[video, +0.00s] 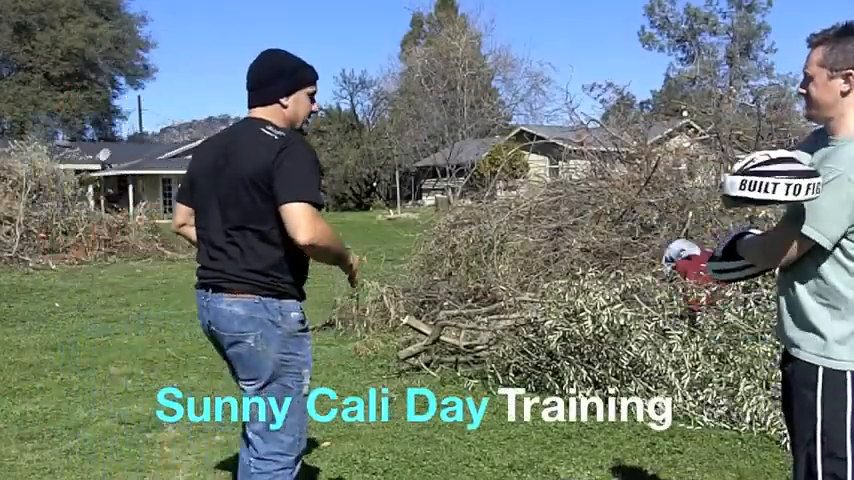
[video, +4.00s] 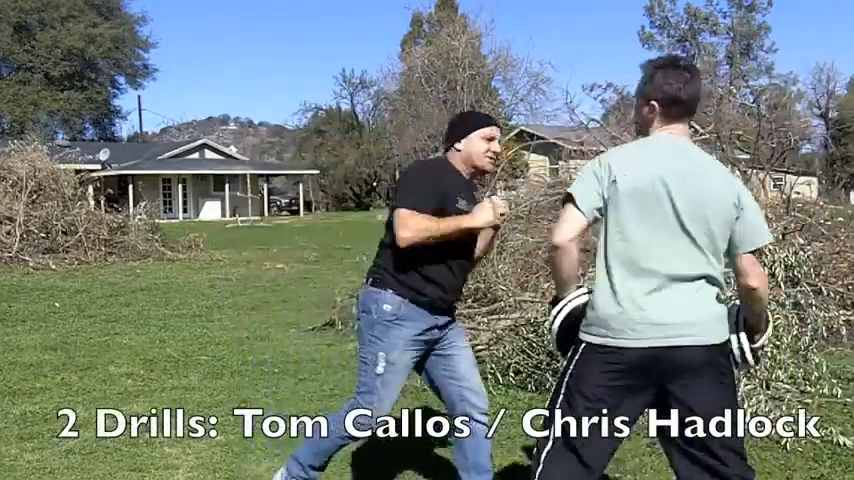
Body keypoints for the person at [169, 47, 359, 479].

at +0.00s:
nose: (314, 106)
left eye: (313, 96)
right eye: (309, 95)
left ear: (271, 96)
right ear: (283, 96)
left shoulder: (210, 147)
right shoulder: (288, 147)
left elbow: (183, 220)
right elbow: (306, 232)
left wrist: (230, 245)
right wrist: (344, 257)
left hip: (214, 305)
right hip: (263, 310)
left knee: (263, 420)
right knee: (277, 447)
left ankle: (258, 466)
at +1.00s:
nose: (318, 104)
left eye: (319, 95)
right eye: (307, 96)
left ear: (319, 99)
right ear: (277, 101)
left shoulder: (320, 158)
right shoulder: (241, 146)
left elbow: (341, 225)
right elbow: (229, 218)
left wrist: (369, 204)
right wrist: (299, 194)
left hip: (311, 306)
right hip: (257, 303)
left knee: (310, 423)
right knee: (272, 421)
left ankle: (300, 478)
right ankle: (254, 476)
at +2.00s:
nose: (313, 105)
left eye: (314, 96)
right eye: (302, 97)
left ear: (316, 99)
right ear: (274, 104)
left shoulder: (330, 151)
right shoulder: (244, 156)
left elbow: (351, 210)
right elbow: (216, 234)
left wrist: (361, 217)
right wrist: (277, 208)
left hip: (336, 302)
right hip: (272, 306)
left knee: (377, 410)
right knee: (262, 429)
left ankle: (383, 476)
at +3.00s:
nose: (329, 234)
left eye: (334, 222)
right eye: (317, 226)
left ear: (342, 213)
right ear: (297, 226)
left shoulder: (367, 230)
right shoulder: (270, 240)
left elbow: (407, 291)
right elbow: (261, 317)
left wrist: (387, 287)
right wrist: (291, 278)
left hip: (364, 325)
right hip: (301, 329)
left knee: (406, 407)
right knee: (257, 402)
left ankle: (415, 475)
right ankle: (249, 475)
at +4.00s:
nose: (496, 148)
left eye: (498, 141)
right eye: (488, 139)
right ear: (459, 142)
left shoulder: (470, 193)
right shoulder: (425, 173)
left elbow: (468, 256)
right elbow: (406, 232)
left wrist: (493, 225)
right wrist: (473, 220)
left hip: (438, 317)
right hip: (394, 308)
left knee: (472, 410)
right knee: (371, 410)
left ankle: (478, 477)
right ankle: (294, 472)